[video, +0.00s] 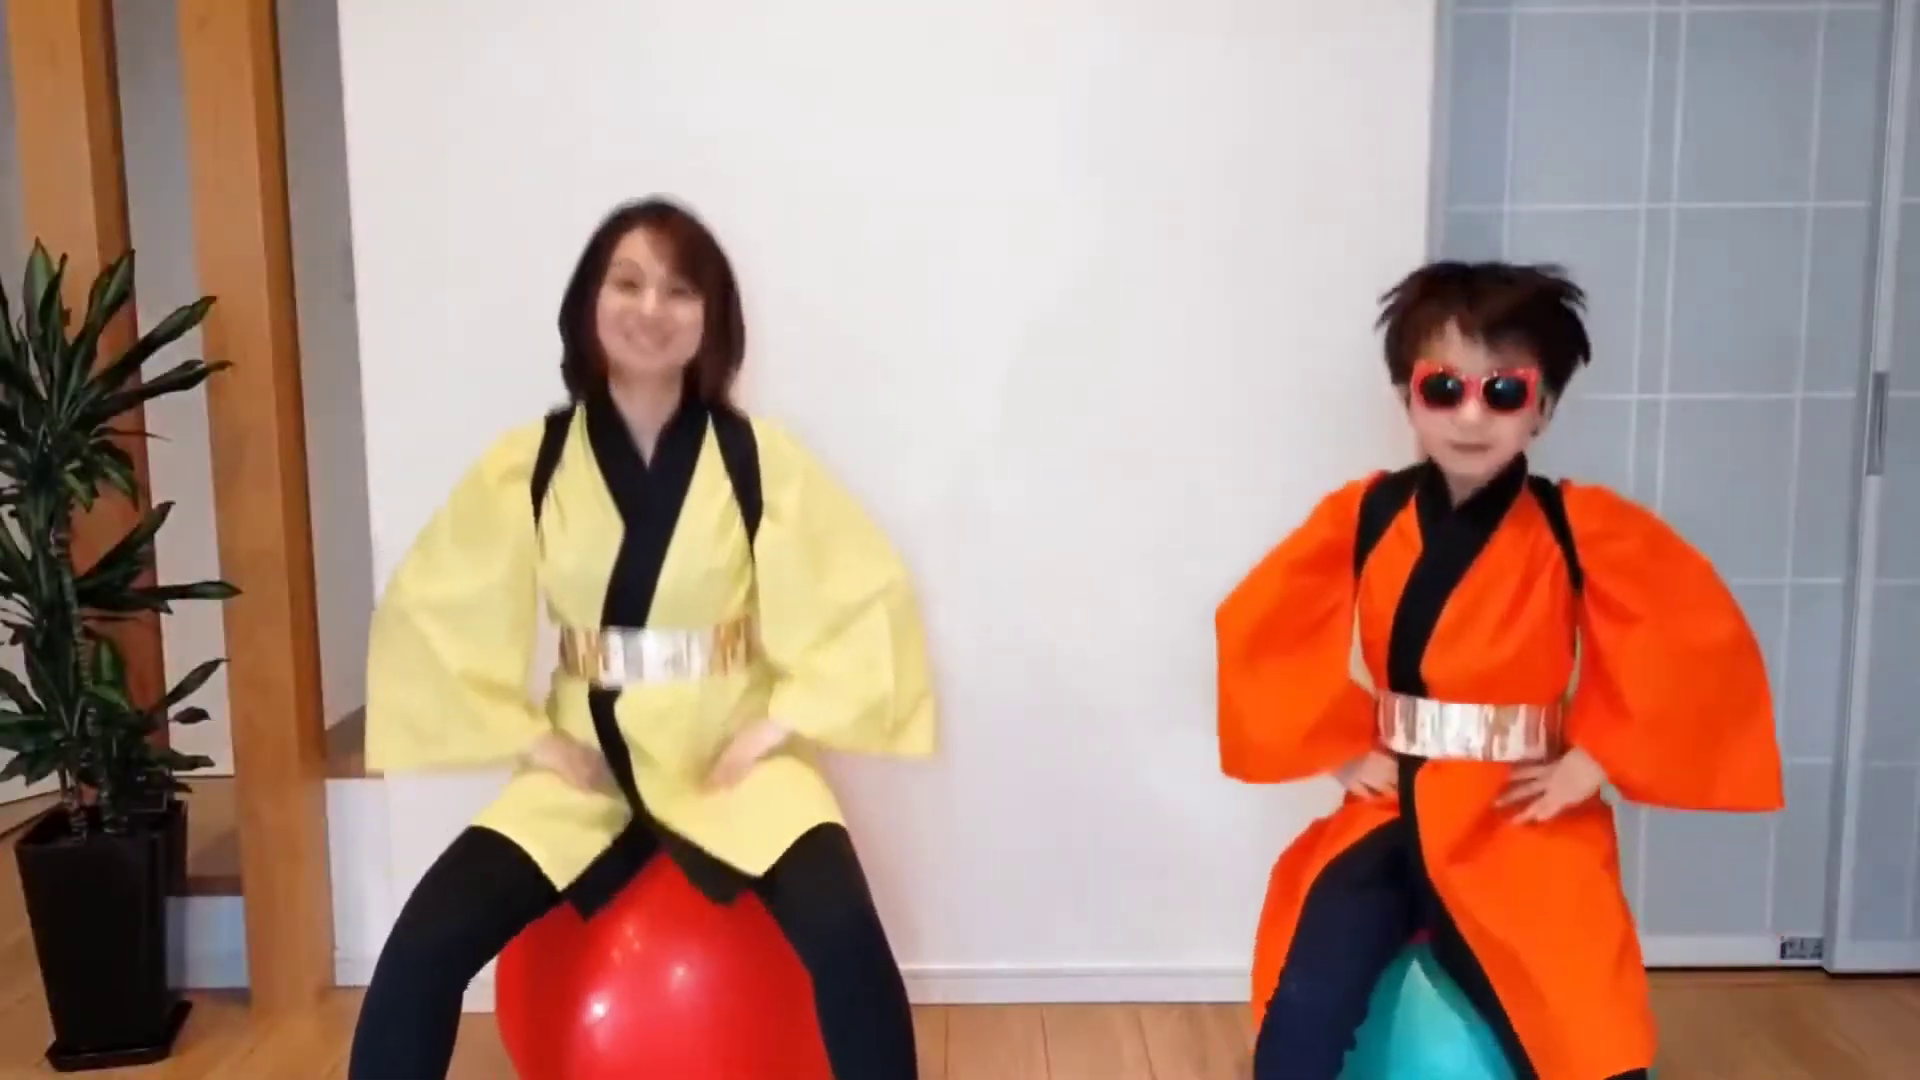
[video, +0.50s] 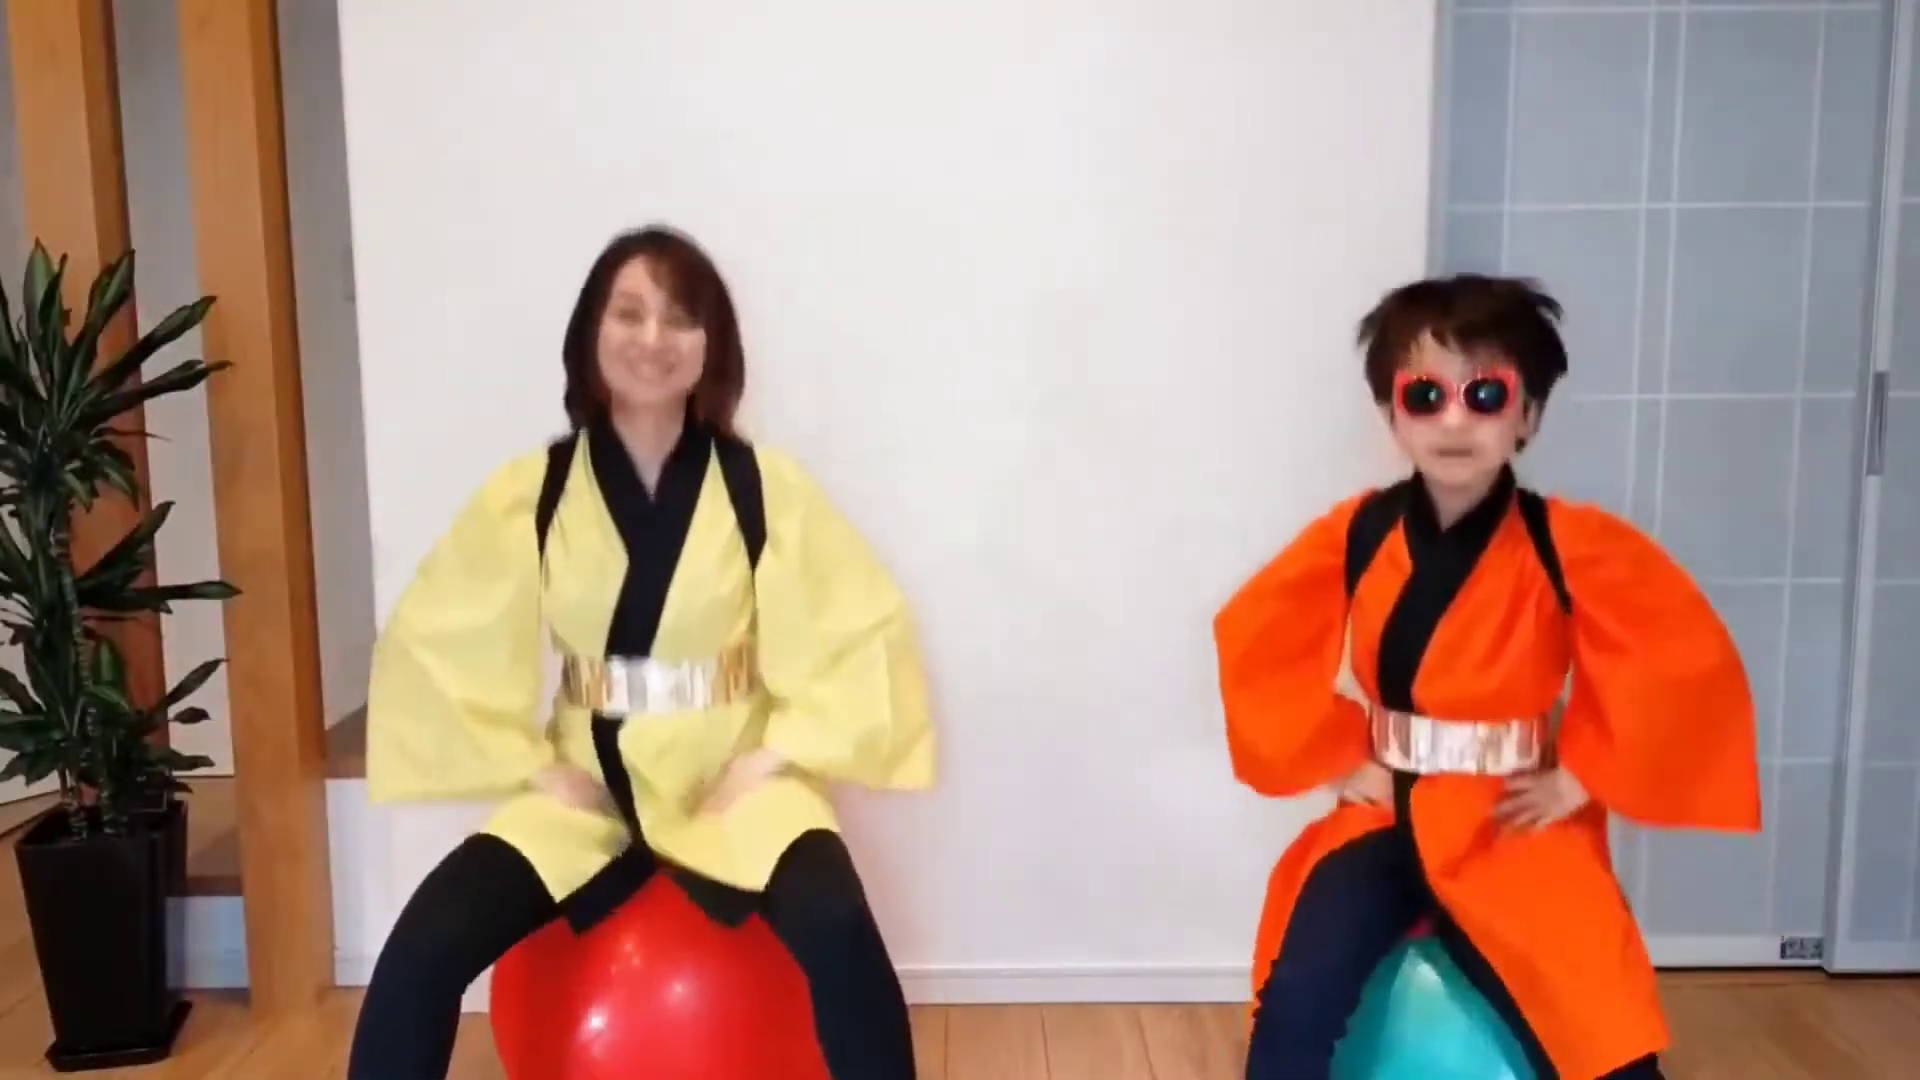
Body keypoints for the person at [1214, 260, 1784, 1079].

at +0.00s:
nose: (1471, 415)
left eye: (1505, 390)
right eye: (1443, 387)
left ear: (1543, 409)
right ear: (1407, 397)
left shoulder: (1582, 525)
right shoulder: (1363, 517)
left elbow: (1702, 642)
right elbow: (1256, 630)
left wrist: (1597, 756)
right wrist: (1341, 743)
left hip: (1529, 820)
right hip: (1392, 813)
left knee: (1595, 1030)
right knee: (1307, 994)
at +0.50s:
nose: (1453, 419)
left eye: (1485, 394)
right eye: (1424, 394)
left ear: (1526, 417)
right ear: (1390, 414)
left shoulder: (1568, 541)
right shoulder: (1357, 534)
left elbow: (1687, 659)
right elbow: (1250, 638)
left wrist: (1581, 774)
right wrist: (1339, 752)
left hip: (1521, 828)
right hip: (1384, 817)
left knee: (1615, 1032)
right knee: (1298, 998)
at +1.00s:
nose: (1465, 432)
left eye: (1497, 407)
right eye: (1436, 406)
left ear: (1535, 423)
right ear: (1397, 418)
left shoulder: (1575, 549)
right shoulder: (1360, 536)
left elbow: (1693, 677)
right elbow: (1247, 646)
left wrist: (1587, 785)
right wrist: (1346, 762)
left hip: (1521, 832)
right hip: (1381, 819)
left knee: (1634, 1041)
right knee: (1282, 994)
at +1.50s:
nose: (1473, 441)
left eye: (1508, 418)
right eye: (1444, 415)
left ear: (1547, 443)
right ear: (1406, 431)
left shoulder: (1574, 567)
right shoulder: (1363, 543)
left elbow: (1685, 700)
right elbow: (1247, 646)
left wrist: (1566, 802)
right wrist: (1334, 772)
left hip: (1505, 840)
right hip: (1369, 827)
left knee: (1606, 1029)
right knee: (1296, 982)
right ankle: (1280, 1069)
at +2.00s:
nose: (1477, 455)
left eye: (1510, 430)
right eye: (1446, 428)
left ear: (1541, 447)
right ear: (1402, 448)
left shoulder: (1572, 579)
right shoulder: (1361, 564)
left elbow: (1691, 709)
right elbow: (1241, 664)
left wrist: (1574, 816)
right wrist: (1337, 793)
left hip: (1514, 855)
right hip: (1375, 841)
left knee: (1615, 1041)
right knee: (1293, 997)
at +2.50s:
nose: (1464, 473)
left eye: (1497, 450)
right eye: (1434, 446)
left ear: (1529, 474)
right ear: (1392, 470)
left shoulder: (1564, 601)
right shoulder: (1354, 585)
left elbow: (1687, 728)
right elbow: (1234, 687)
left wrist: (1572, 835)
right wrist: (1336, 813)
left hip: (1514, 871)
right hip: (1375, 859)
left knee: (1599, 1046)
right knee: (1301, 1006)